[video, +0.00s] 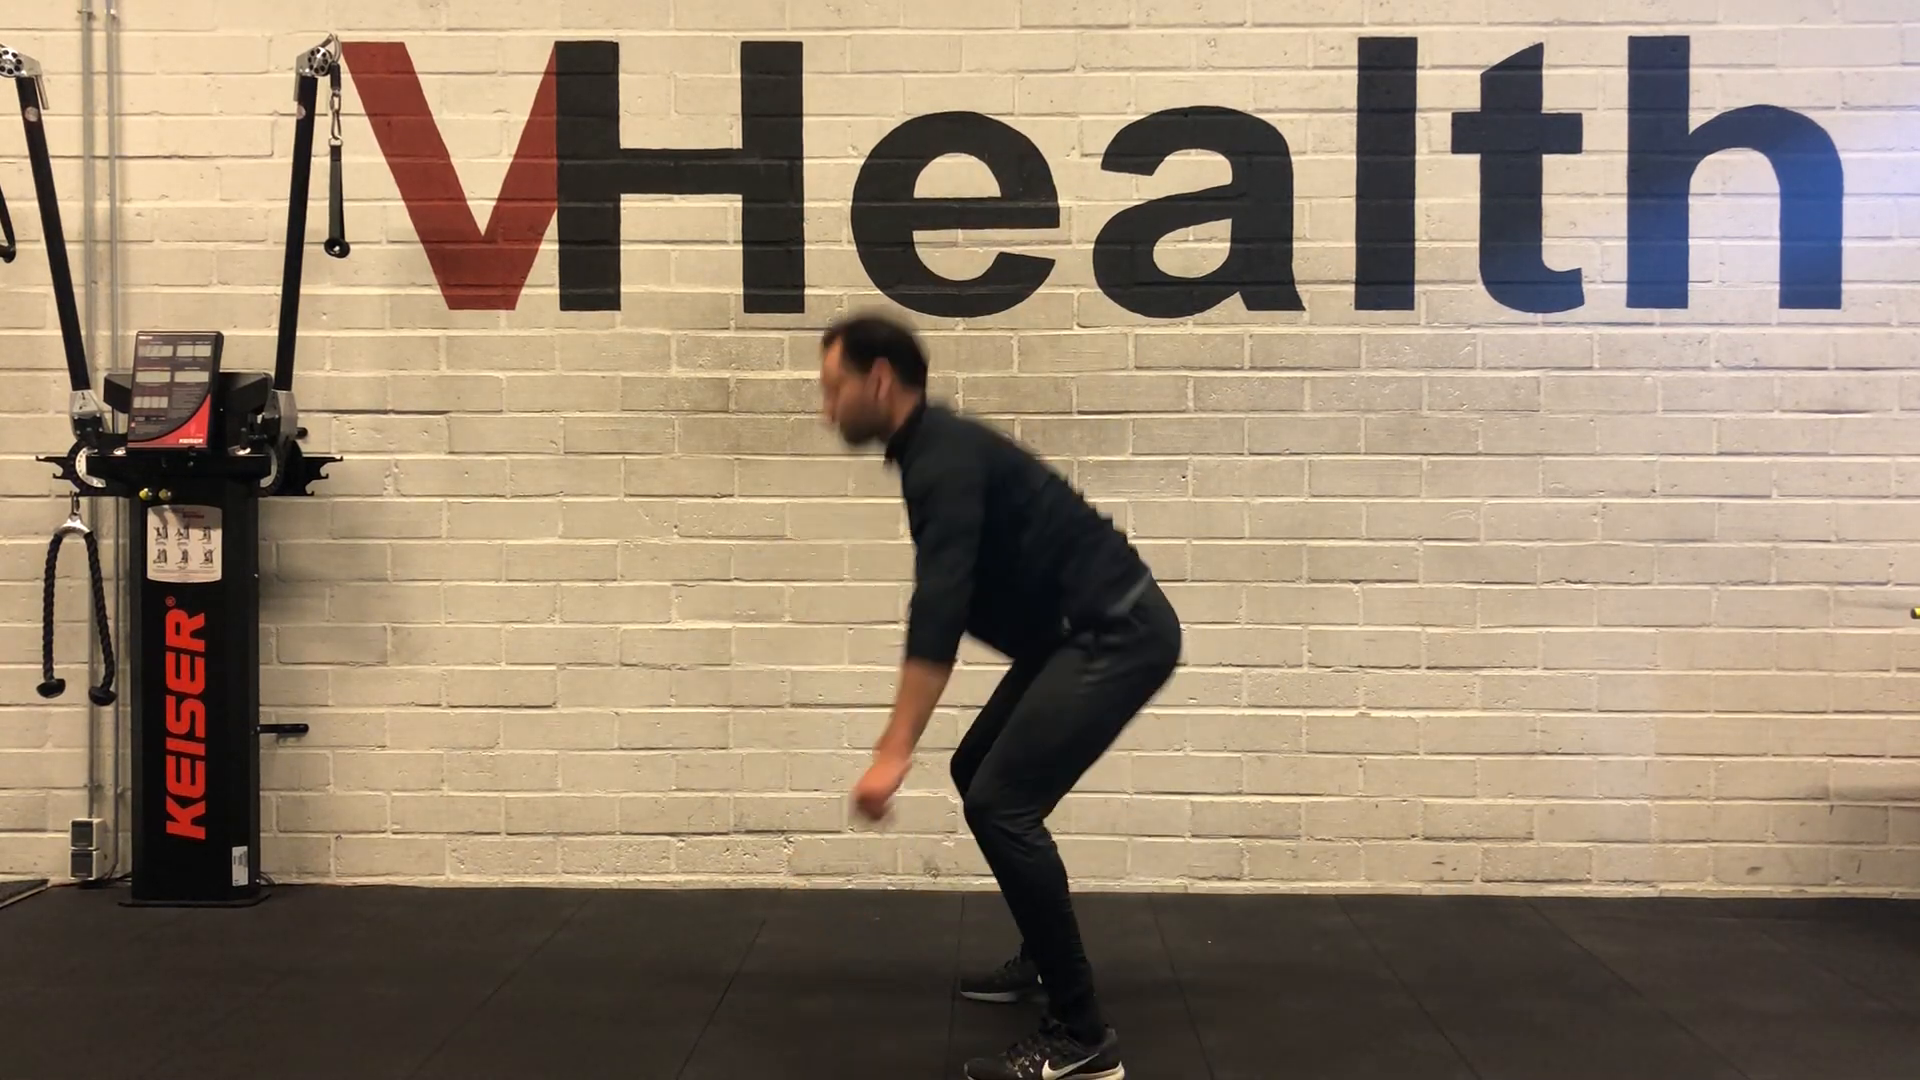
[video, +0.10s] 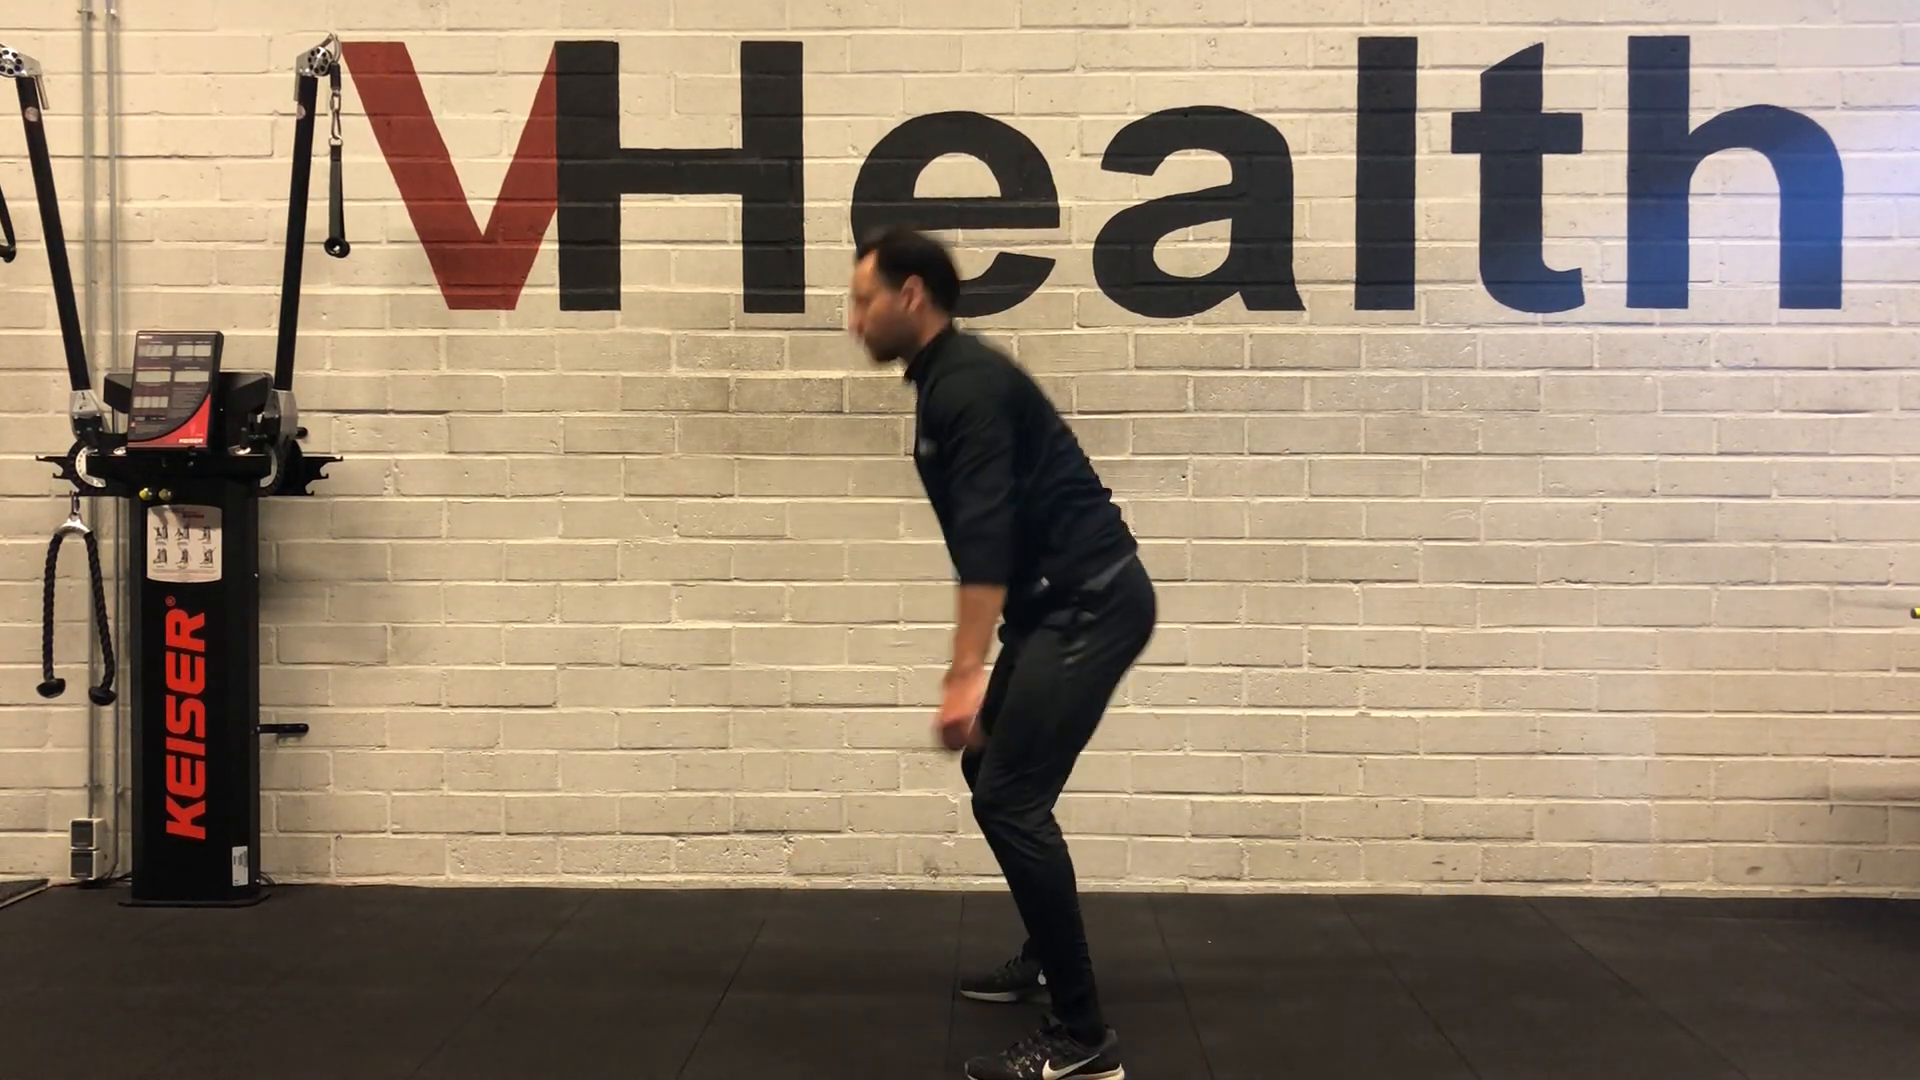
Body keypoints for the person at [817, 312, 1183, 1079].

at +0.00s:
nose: (825, 401)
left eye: (833, 383)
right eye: (824, 384)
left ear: (882, 379)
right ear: (885, 382)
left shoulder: (946, 457)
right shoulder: (930, 451)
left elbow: (938, 616)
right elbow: (939, 613)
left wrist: (894, 753)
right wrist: (896, 741)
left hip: (1118, 634)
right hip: (1071, 635)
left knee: (1003, 805)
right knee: (974, 773)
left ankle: (1081, 1033)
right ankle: (1046, 959)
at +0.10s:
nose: (853, 317)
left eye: (862, 299)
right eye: (852, 299)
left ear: (914, 297)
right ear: (912, 299)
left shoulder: (971, 387)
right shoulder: (947, 382)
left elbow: (987, 543)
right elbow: (981, 543)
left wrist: (966, 675)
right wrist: (972, 668)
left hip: (1092, 605)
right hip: (1053, 604)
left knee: (1012, 800)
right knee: (996, 782)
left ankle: (1082, 1035)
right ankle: (1049, 958)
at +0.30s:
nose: (909, 240)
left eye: (920, 222)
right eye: (908, 224)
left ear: (975, 218)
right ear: (972, 221)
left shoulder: (1022, 319)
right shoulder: (996, 314)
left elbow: (1064, 469)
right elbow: (1033, 467)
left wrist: (1065, 605)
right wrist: (1013, 597)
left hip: (1027, 599)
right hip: (1009, 592)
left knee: (1035, 803)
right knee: (1028, 793)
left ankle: (1083, 1035)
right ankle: (1053, 959)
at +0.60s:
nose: (947, 234)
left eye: (958, 218)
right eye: (946, 219)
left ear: (1014, 219)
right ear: (1010, 224)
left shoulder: (1056, 324)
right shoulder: (1019, 315)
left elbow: (1073, 480)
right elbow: (1026, 469)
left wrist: (1061, 617)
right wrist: (984, 596)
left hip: (1021, 602)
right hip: (994, 595)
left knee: (1048, 808)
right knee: (1031, 795)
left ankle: (1085, 1036)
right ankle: (1055, 956)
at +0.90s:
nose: (881, 281)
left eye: (887, 260)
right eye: (874, 266)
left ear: (940, 237)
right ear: (939, 242)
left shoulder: (1002, 334)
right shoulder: (987, 327)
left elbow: (1017, 486)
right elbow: (1010, 484)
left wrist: (1003, 622)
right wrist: (993, 605)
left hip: (1065, 586)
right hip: (1044, 582)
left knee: (1038, 792)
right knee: (1019, 776)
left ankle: (1082, 1033)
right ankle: (1054, 958)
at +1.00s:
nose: (847, 334)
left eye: (851, 314)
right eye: (840, 318)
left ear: (899, 291)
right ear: (896, 295)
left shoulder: (971, 381)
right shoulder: (948, 376)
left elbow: (981, 540)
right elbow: (980, 537)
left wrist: (965, 674)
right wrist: (968, 661)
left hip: (1100, 600)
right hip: (1059, 602)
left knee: (1035, 792)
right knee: (1010, 769)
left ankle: (1083, 1032)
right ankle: (1056, 956)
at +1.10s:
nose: (813, 420)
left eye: (817, 400)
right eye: (807, 405)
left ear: (863, 376)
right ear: (859, 382)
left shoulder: (941, 454)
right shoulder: (922, 448)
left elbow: (948, 609)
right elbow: (943, 601)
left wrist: (932, 759)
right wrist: (932, 721)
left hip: (1121, 624)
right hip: (1072, 625)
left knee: (1020, 795)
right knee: (992, 769)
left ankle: (1084, 1032)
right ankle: (1054, 959)